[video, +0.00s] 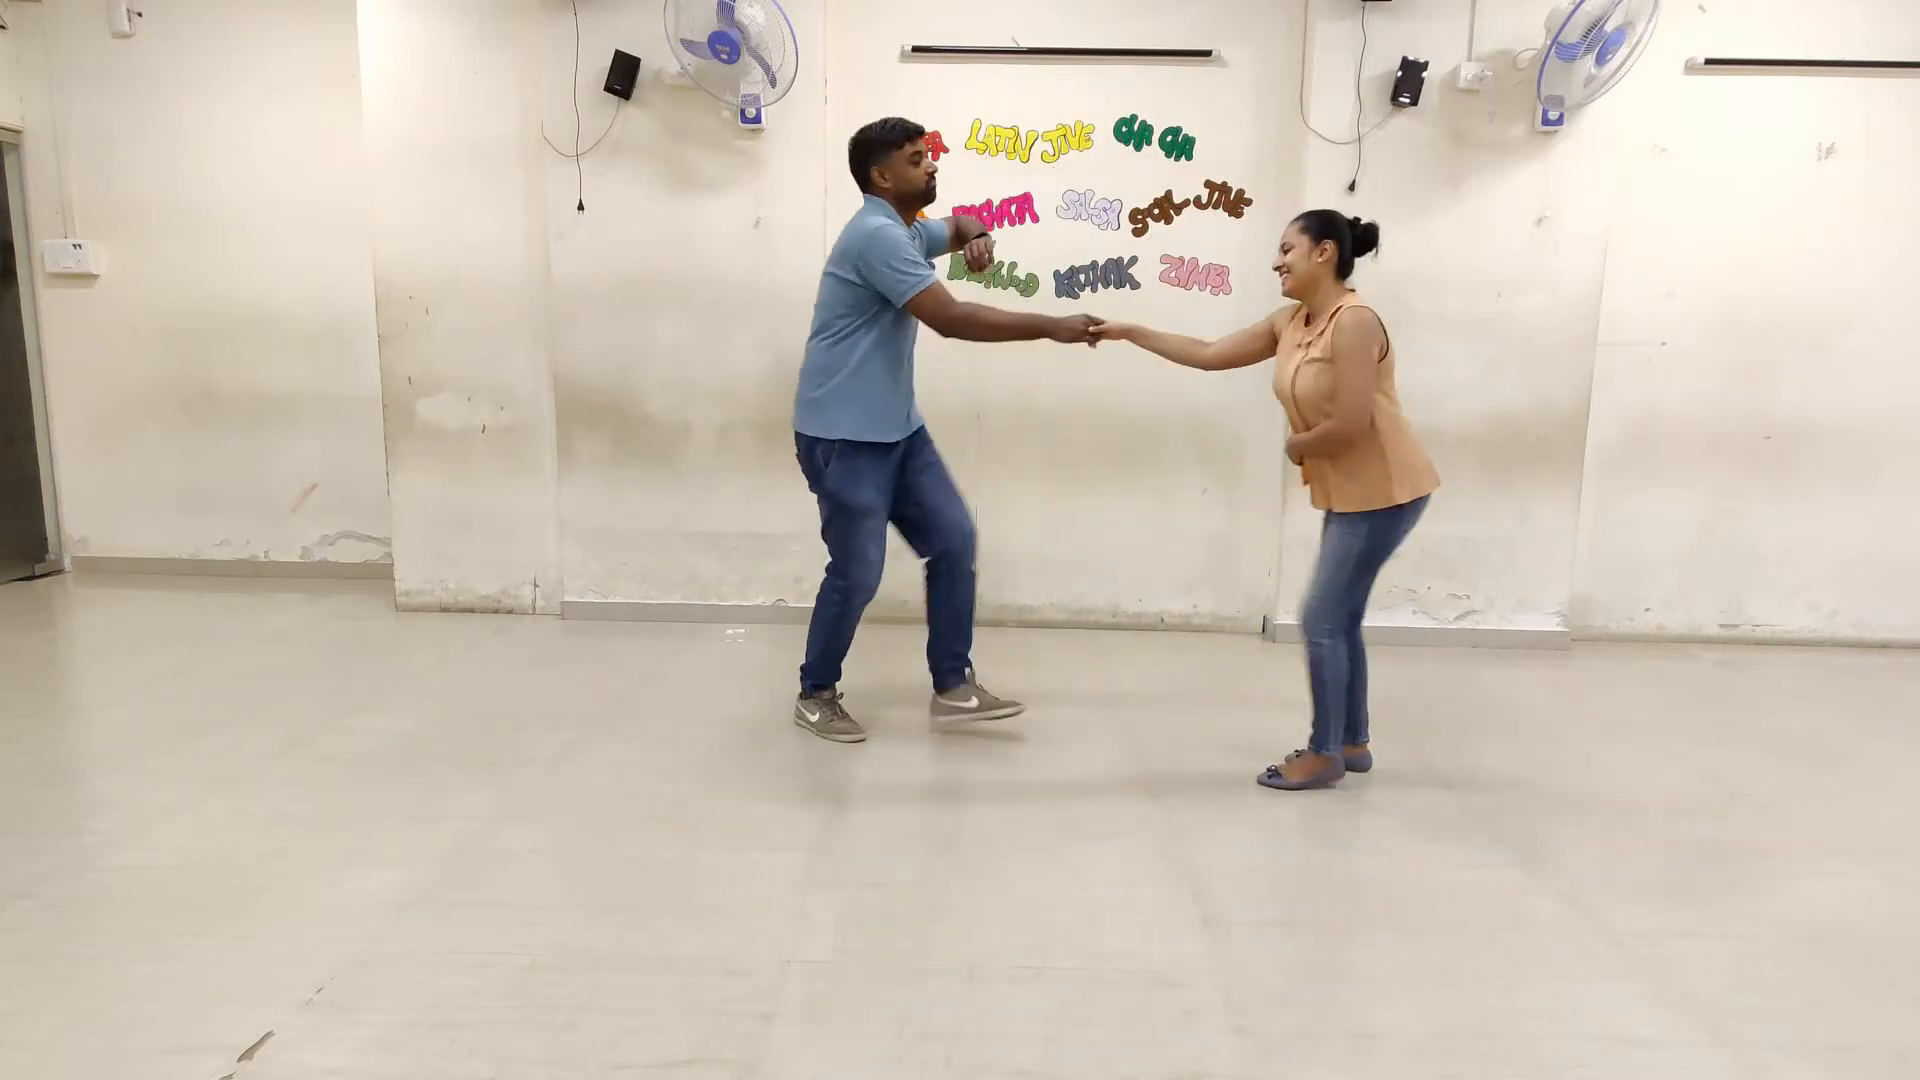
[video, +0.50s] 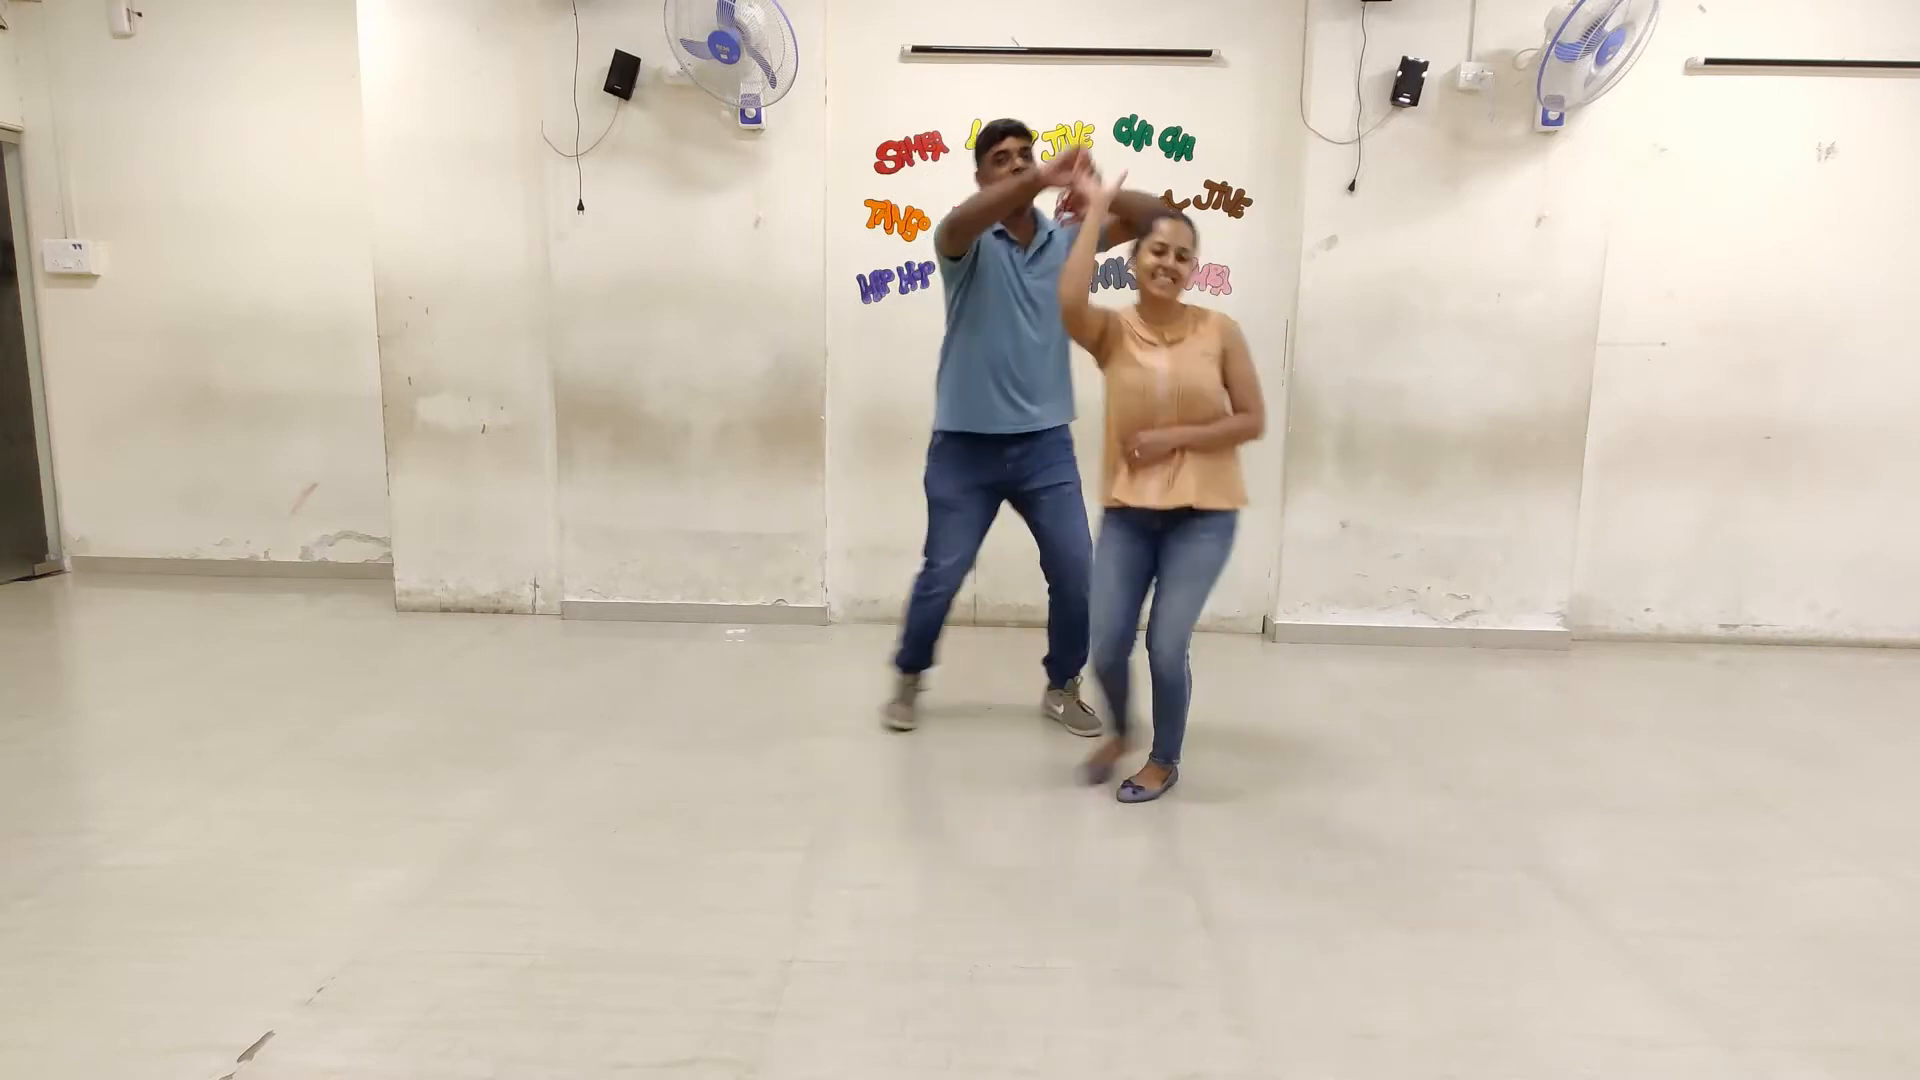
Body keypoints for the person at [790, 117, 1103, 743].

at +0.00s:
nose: (929, 165)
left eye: (927, 155)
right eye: (915, 158)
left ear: (905, 173)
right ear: (880, 173)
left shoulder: (905, 230)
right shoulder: (875, 233)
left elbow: (957, 224)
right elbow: (950, 318)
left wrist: (973, 237)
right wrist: (1051, 327)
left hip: (896, 427)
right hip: (841, 431)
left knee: (953, 539)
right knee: (857, 572)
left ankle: (953, 687)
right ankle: (815, 693)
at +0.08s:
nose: (934, 170)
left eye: (933, 161)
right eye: (919, 163)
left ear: (922, 173)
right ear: (884, 179)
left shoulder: (922, 234)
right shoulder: (878, 239)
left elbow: (972, 222)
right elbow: (939, 327)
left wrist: (982, 233)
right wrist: (1041, 335)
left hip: (910, 430)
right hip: (851, 437)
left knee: (979, 537)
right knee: (865, 579)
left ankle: (957, 676)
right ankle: (814, 693)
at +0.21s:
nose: (955, 184)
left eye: (954, 173)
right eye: (940, 177)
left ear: (956, 184)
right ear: (903, 195)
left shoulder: (960, 253)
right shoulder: (892, 258)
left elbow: (1017, 243)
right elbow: (913, 342)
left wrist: (1021, 243)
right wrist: (1011, 354)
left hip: (946, 450)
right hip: (880, 458)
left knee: (1015, 551)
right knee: (888, 593)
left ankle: (1023, 685)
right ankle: (817, 693)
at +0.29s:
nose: (971, 192)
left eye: (972, 183)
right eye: (955, 185)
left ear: (976, 193)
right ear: (921, 203)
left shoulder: (984, 262)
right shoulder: (910, 259)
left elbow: (1061, 256)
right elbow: (906, 320)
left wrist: (1043, 246)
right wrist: (1003, 346)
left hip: (967, 457)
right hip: (901, 463)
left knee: (1035, 556)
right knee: (899, 597)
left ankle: (1037, 689)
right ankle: (819, 693)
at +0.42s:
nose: (998, 178)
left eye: (1003, 169)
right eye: (982, 173)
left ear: (1015, 180)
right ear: (958, 190)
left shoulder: (1032, 245)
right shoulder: (946, 243)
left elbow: (1120, 242)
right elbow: (937, 262)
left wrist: (1083, 227)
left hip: (1019, 449)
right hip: (944, 453)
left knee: (1067, 562)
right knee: (922, 577)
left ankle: (1045, 691)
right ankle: (845, 683)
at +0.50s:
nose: (1016, 166)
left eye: (1024, 157)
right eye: (1001, 160)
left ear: (1037, 172)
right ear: (981, 177)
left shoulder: (1067, 240)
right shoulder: (964, 241)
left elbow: (1158, 213)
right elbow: (957, 224)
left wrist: (1099, 196)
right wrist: (1041, 177)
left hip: (1045, 439)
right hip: (964, 441)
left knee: (1074, 571)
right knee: (944, 570)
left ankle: (1063, 686)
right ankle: (908, 676)